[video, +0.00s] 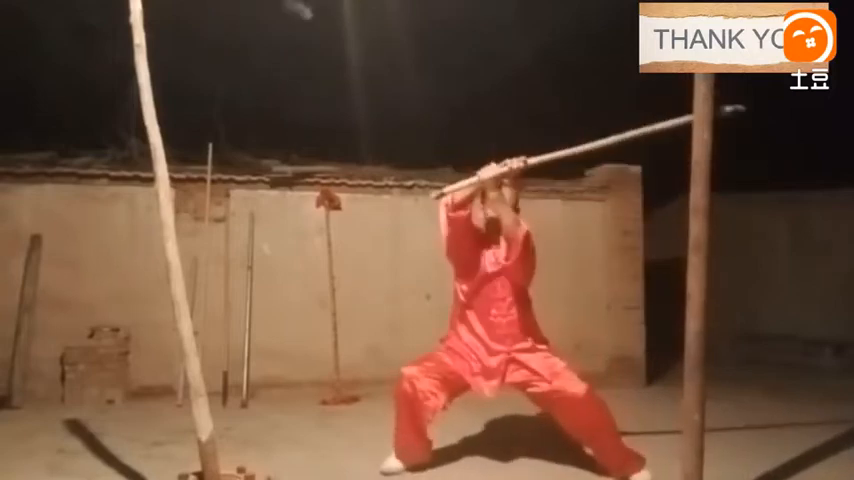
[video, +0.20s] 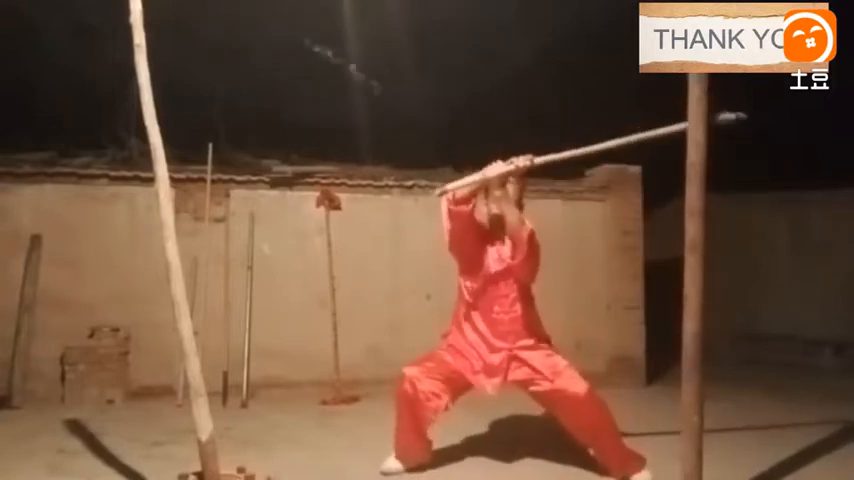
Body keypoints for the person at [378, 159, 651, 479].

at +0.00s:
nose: (492, 206)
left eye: (499, 197)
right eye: (486, 198)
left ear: (512, 202)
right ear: (475, 204)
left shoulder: (518, 241)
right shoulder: (464, 245)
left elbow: (523, 276)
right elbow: (451, 205)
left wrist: (505, 205)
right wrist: (484, 178)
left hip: (522, 351)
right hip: (466, 348)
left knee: (577, 395)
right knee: (412, 383)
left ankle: (626, 466)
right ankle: (411, 455)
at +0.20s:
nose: (493, 206)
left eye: (500, 198)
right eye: (486, 199)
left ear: (512, 204)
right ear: (474, 208)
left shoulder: (522, 245)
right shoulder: (468, 246)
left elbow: (517, 230)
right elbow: (452, 201)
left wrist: (509, 187)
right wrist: (487, 176)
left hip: (524, 350)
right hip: (468, 347)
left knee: (579, 394)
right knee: (413, 383)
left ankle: (626, 466)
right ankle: (410, 456)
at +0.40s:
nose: (495, 191)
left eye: (505, 181)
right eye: (492, 185)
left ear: (518, 190)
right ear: (481, 193)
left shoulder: (527, 231)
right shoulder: (471, 233)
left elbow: (517, 220)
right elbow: (457, 186)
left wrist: (496, 172)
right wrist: (511, 159)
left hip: (527, 341)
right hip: (472, 340)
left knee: (579, 393)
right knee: (419, 379)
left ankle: (625, 465)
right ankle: (410, 455)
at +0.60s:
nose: (515, 179)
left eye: (521, 172)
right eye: (507, 173)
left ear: (532, 175)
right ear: (494, 175)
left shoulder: (549, 211)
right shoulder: (489, 212)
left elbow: (549, 261)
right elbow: (465, 196)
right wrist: (481, 160)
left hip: (561, 316)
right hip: (512, 320)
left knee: (596, 387)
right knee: (474, 379)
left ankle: (627, 465)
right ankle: (430, 444)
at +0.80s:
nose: (502, 177)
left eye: (509, 169)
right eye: (497, 171)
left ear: (528, 168)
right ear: (491, 175)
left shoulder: (547, 202)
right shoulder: (498, 205)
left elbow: (541, 243)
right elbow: (481, 228)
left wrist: (501, 249)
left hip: (575, 293)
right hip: (536, 295)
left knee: (596, 373)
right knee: (511, 367)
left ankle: (629, 461)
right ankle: (547, 444)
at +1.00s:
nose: (487, 178)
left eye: (493, 169)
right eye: (484, 171)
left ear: (514, 166)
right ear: (482, 174)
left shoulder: (534, 197)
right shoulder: (496, 209)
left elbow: (512, 251)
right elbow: (477, 255)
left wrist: (474, 289)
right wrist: (467, 295)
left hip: (569, 297)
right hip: (537, 299)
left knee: (564, 369)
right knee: (520, 365)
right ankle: (541, 444)